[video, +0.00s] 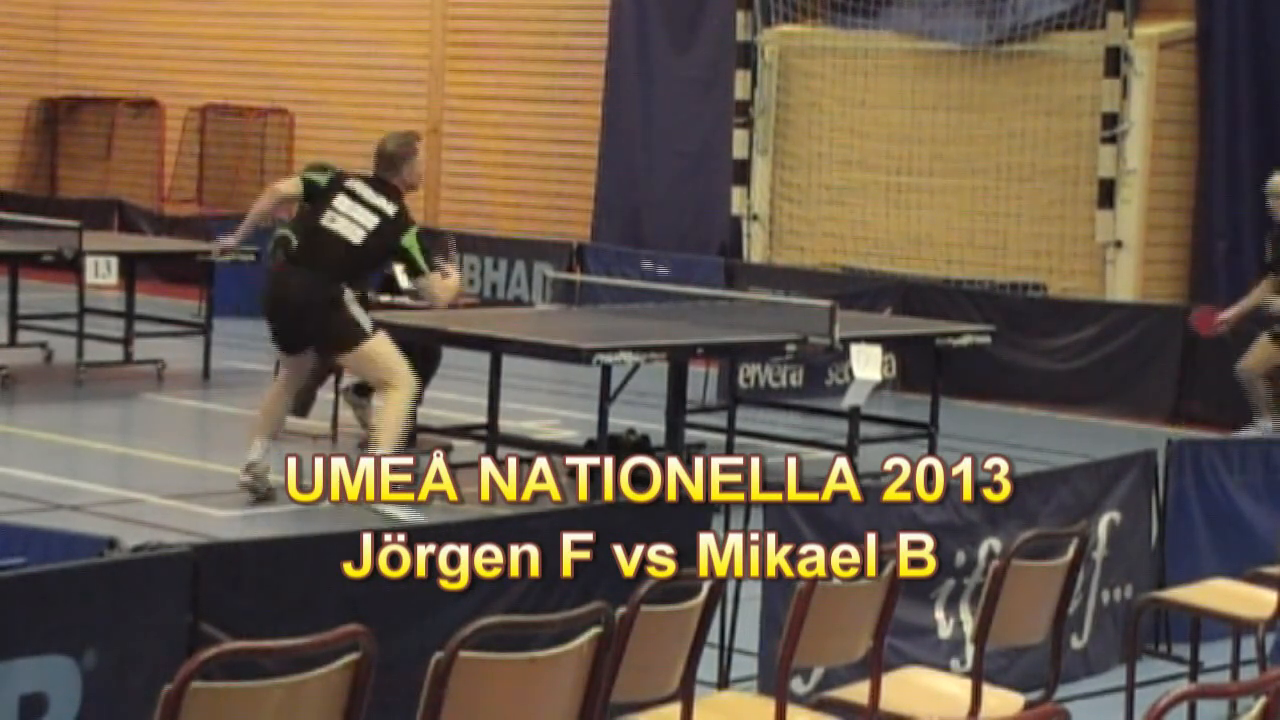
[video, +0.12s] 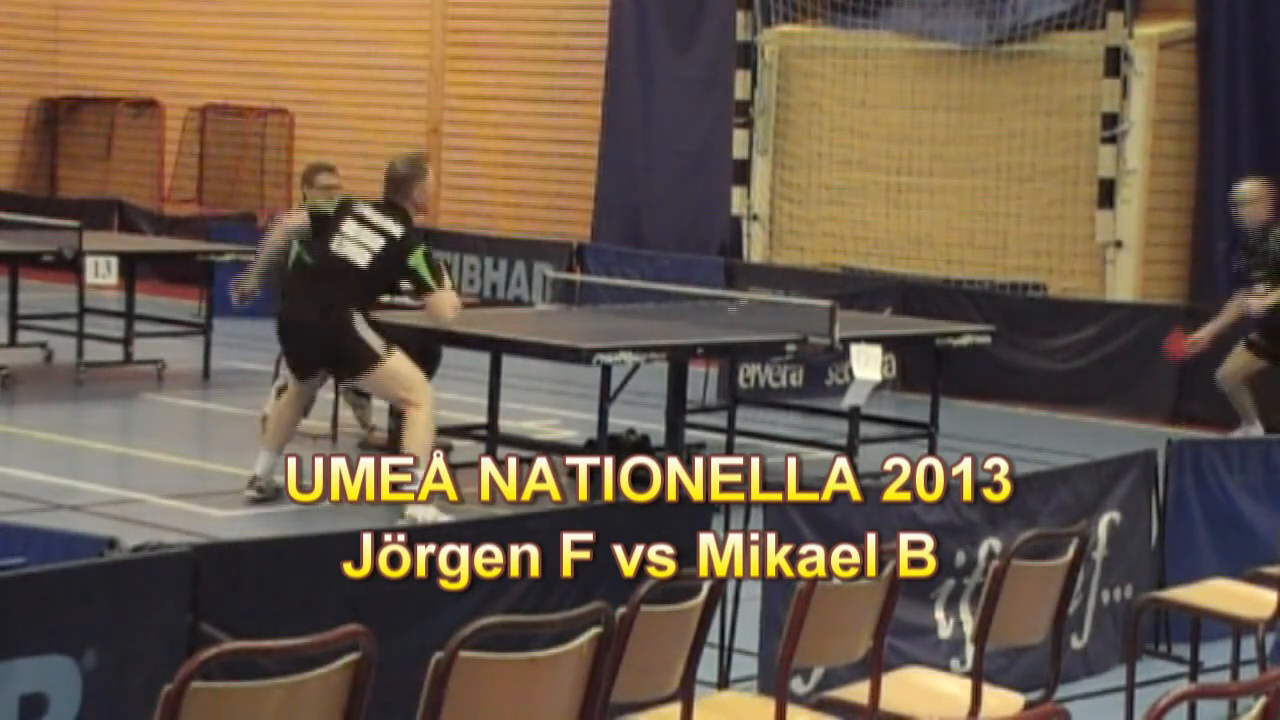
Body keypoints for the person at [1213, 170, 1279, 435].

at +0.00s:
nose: (1271, 204)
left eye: (1274, 198)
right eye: (1270, 198)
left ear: (1279, 201)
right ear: (1268, 201)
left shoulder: (1274, 238)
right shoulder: (1273, 237)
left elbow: (1269, 284)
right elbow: (1269, 284)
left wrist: (1232, 314)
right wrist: (1231, 314)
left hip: (1276, 330)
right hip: (1275, 329)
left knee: (1249, 369)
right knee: (1248, 368)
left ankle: (1267, 421)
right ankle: (1267, 421)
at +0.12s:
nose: (1239, 212)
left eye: (1247, 204)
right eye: (1237, 205)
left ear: (1268, 206)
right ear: (1234, 208)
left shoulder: (1274, 242)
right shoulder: (1249, 246)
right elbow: (1243, 297)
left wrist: (1267, 300)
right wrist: (1204, 335)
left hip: (1275, 329)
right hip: (1270, 329)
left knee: (1231, 375)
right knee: (1227, 375)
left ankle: (1252, 427)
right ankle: (1252, 427)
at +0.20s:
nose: (1212, 220)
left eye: (1220, 212)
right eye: (1210, 213)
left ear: (1241, 214)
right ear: (1207, 217)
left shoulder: (1262, 246)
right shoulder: (1226, 255)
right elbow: (1214, 309)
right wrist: (1177, 350)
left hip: (1273, 335)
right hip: (1253, 335)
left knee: (1269, 403)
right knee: (1218, 379)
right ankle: (1250, 426)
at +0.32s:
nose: (1178, 232)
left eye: (1185, 223)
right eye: (1174, 225)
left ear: (1202, 224)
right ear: (1170, 229)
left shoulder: (1230, 251)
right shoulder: (1188, 269)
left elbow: (1273, 256)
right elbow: (1175, 323)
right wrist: (1136, 368)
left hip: (1255, 329)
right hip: (1220, 334)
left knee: (1214, 361)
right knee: (1203, 393)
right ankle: (1250, 436)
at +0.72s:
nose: (1065, 296)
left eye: (1070, 288)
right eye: (1062, 290)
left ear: (1092, 287)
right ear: (1065, 292)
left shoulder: (1126, 304)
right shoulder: (1075, 327)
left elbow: (1181, 323)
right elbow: (1035, 364)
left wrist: (1198, 367)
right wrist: (985, 382)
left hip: (1174, 357)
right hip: (1142, 367)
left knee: (1127, 365)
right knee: (1173, 426)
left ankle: (1107, 440)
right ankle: (1227, 430)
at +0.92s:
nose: (1074, 292)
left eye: (1080, 285)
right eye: (1070, 285)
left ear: (1098, 284)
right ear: (1065, 286)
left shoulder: (1122, 300)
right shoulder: (1067, 314)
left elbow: (1164, 321)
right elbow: (1060, 359)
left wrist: (1181, 363)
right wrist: (1043, 402)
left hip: (1151, 342)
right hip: (1119, 352)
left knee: (1116, 361)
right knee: (1135, 420)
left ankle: (1105, 439)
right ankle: (1198, 416)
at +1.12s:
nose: (1088, 238)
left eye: (1095, 231)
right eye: (1084, 230)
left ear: (1110, 233)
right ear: (1079, 232)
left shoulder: (1130, 259)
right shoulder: (1071, 263)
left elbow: (1168, 288)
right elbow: (1077, 307)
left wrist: (1189, 327)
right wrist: (1082, 343)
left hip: (1141, 321)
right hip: (1108, 328)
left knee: (1112, 361)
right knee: (1127, 404)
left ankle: (1104, 438)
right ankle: (1189, 417)